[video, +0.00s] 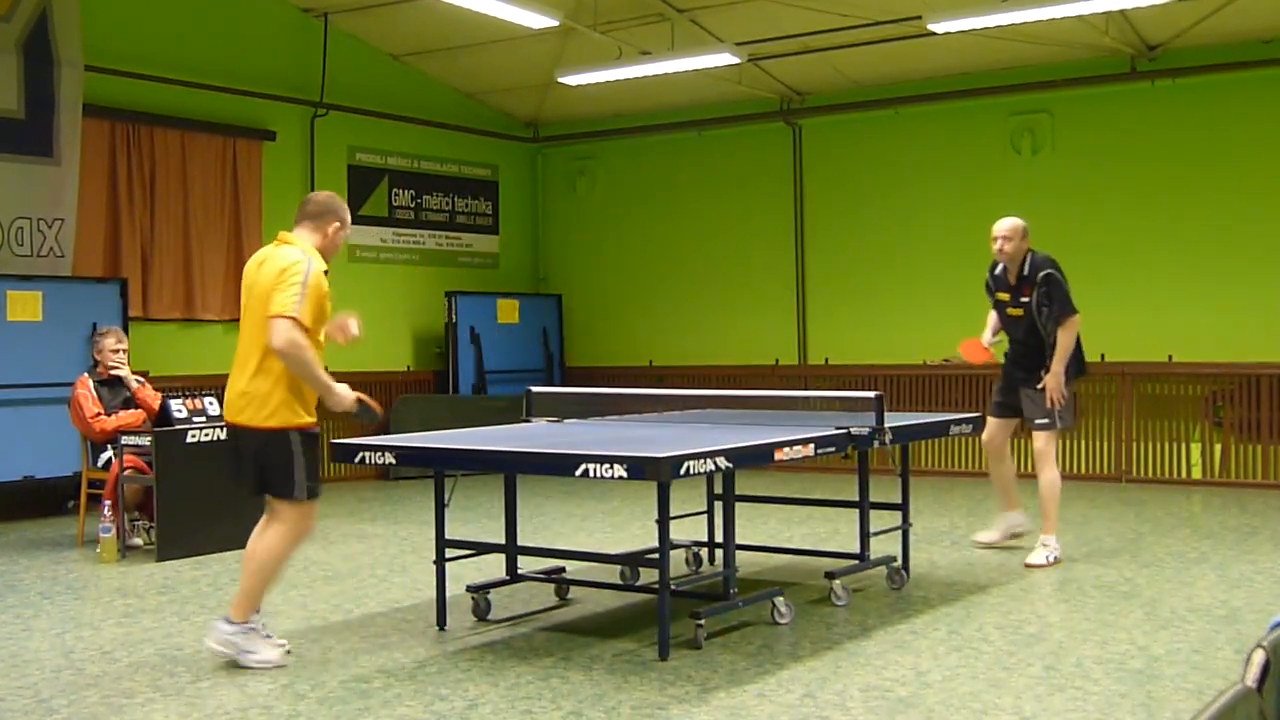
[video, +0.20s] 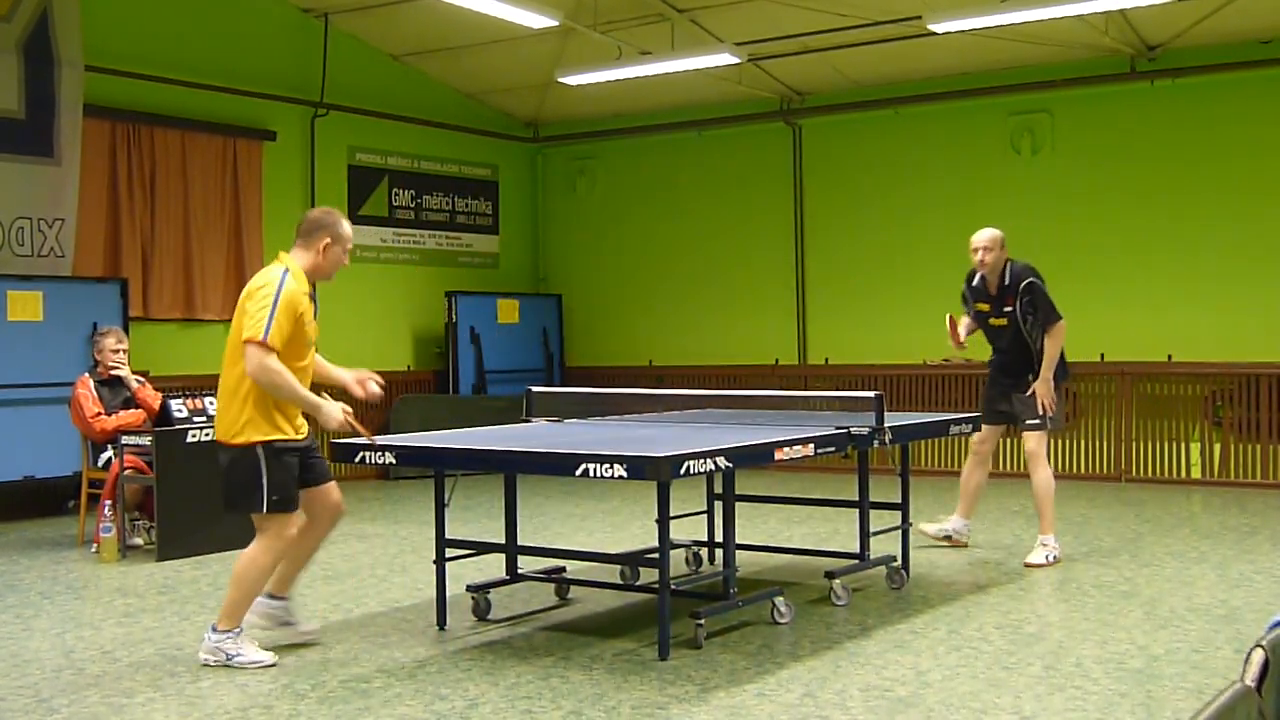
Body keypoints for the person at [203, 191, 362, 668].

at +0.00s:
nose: (342, 244)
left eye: (344, 237)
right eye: (344, 236)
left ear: (302, 221)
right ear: (333, 229)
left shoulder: (262, 259)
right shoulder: (303, 264)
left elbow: (269, 330)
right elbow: (285, 338)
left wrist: (325, 330)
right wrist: (330, 389)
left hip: (253, 410)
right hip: (280, 414)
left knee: (276, 515)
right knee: (296, 517)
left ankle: (245, 622)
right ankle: (236, 624)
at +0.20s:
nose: (347, 262)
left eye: (349, 253)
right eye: (346, 251)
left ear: (319, 245)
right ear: (324, 245)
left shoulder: (297, 289)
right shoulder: (277, 284)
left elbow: (299, 357)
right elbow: (258, 363)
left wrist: (345, 376)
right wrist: (319, 406)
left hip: (288, 426)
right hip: (257, 430)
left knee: (327, 508)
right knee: (279, 530)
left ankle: (273, 602)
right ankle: (222, 635)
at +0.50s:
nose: (387, 301)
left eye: (390, 292)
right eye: (385, 292)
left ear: (361, 285)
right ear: (358, 284)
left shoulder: (356, 328)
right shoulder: (293, 310)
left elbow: (360, 389)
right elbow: (269, 386)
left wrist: (398, 421)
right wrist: (336, 411)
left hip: (303, 426)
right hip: (248, 423)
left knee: (340, 514)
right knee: (258, 524)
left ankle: (333, 618)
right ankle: (220, 633)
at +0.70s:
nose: (394, 330)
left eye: (398, 322)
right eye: (392, 320)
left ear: (372, 313)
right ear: (363, 309)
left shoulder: (369, 350)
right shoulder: (301, 330)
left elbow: (374, 409)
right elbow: (283, 405)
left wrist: (414, 425)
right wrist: (348, 422)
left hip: (302, 433)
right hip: (246, 426)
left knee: (344, 513)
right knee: (227, 522)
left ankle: (333, 617)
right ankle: (164, 616)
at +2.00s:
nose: (342, 365)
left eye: (344, 356)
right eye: (335, 356)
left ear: (340, 353)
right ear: (304, 350)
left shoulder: (332, 379)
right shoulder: (259, 370)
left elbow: (347, 440)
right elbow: (280, 439)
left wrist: (394, 441)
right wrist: (347, 432)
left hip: (286, 474)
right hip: (227, 476)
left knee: (353, 516)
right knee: (196, 562)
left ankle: (335, 617)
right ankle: (141, 623)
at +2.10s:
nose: (323, 349)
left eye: (325, 342)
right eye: (317, 342)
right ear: (285, 336)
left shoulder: (315, 360)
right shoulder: (240, 353)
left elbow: (341, 415)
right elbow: (267, 409)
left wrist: (386, 407)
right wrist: (332, 389)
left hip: (278, 468)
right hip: (218, 472)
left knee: (347, 517)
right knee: (190, 559)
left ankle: (334, 616)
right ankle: (140, 624)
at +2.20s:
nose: (311, 335)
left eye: (313, 327)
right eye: (304, 326)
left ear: (314, 324)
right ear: (273, 320)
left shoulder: (305, 350)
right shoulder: (228, 337)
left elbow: (335, 398)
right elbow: (244, 388)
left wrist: (368, 374)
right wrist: (304, 357)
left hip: (273, 461)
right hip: (213, 466)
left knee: (340, 515)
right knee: (185, 556)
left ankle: (335, 617)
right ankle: (139, 625)